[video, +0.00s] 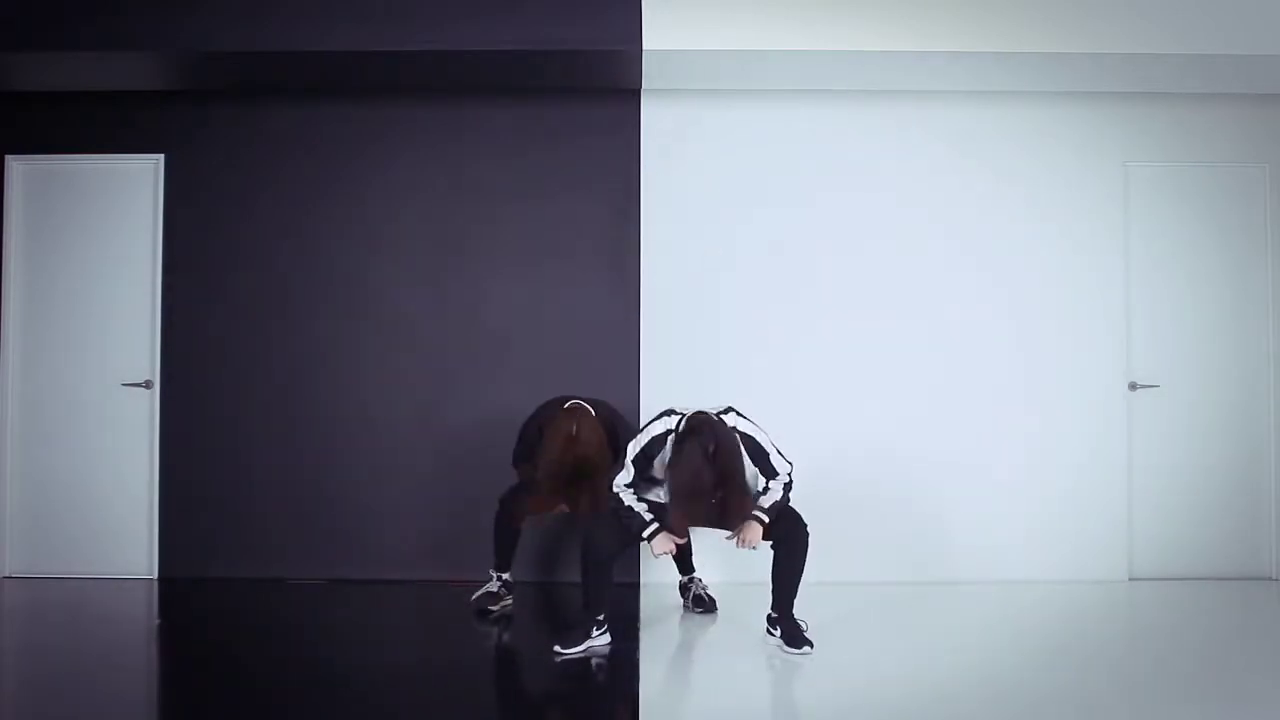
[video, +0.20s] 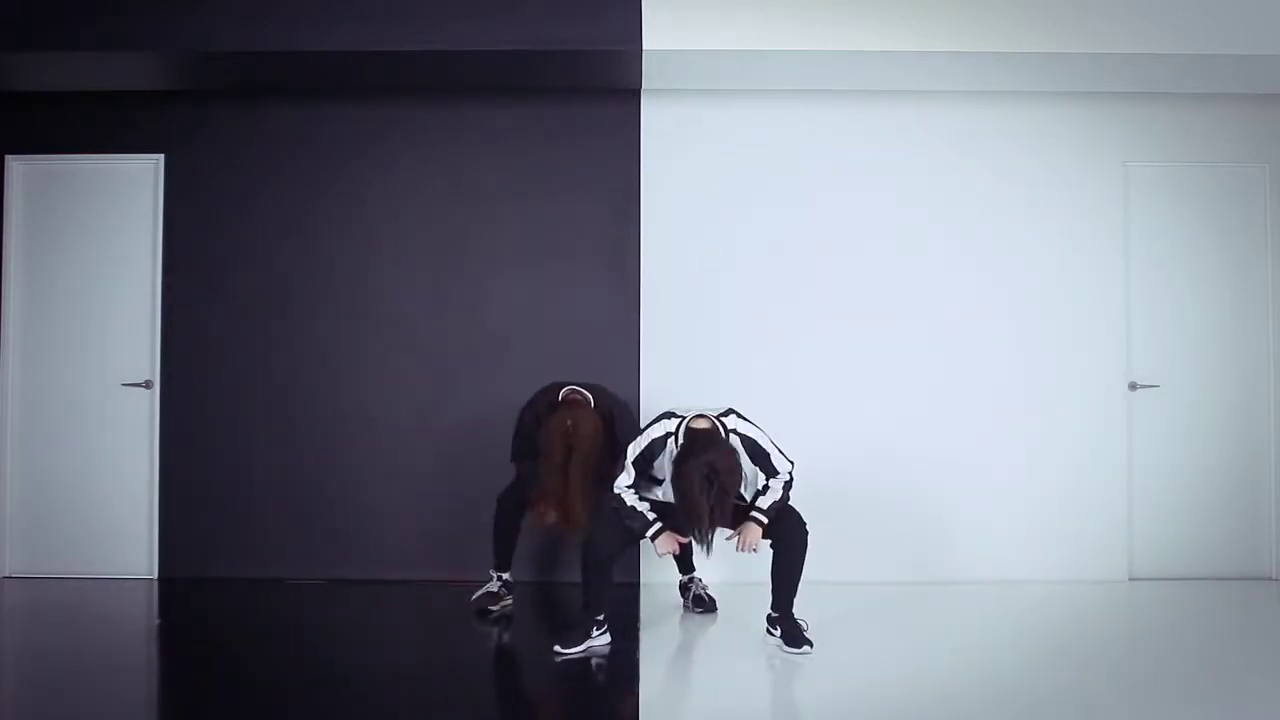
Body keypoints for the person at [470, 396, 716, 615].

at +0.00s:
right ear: (552, 446)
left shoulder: (613, 428)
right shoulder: (539, 425)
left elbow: (628, 468)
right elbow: (521, 465)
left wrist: (587, 500)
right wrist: (553, 498)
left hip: (608, 483)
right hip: (551, 480)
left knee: (664, 512)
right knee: (509, 506)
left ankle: (690, 582)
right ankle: (501, 580)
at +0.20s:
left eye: (578, 454)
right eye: (564, 456)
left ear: (596, 432)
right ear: (551, 431)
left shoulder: (618, 416)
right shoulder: (534, 413)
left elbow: (632, 463)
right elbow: (522, 460)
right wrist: (544, 497)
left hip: (608, 472)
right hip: (549, 469)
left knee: (666, 509)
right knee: (507, 504)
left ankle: (690, 581)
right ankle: (501, 580)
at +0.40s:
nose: (571, 446)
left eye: (578, 440)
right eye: (565, 440)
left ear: (595, 415)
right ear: (552, 413)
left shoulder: (616, 396)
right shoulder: (534, 396)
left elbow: (637, 453)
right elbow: (525, 448)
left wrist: (585, 497)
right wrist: (538, 494)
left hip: (609, 467)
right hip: (553, 462)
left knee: (667, 507)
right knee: (508, 503)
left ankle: (690, 581)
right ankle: (501, 581)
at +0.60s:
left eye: (582, 421)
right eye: (570, 421)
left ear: (597, 394)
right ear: (556, 393)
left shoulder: (618, 380)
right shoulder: (536, 380)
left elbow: (638, 436)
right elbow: (530, 435)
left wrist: (606, 479)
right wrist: (540, 486)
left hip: (612, 452)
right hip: (555, 453)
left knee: (665, 503)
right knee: (512, 502)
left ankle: (690, 582)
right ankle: (501, 580)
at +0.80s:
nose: (577, 410)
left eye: (584, 406)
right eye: (570, 406)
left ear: (601, 383)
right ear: (558, 381)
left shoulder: (622, 369)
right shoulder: (540, 367)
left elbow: (645, 422)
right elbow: (533, 424)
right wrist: (544, 475)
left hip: (618, 447)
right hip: (560, 445)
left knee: (666, 502)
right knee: (515, 502)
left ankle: (690, 581)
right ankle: (502, 580)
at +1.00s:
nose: (589, 396)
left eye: (595, 391)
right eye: (582, 391)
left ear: (606, 366)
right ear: (565, 368)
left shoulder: (624, 356)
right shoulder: (544, 358)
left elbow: (644, 414)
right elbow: (540, 419)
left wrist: (636, 462)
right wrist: (549, 470)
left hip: (620, 442)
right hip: (564, 443)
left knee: (666, 502)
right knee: (517, 501)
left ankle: (690, 580)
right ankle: (502, 580)